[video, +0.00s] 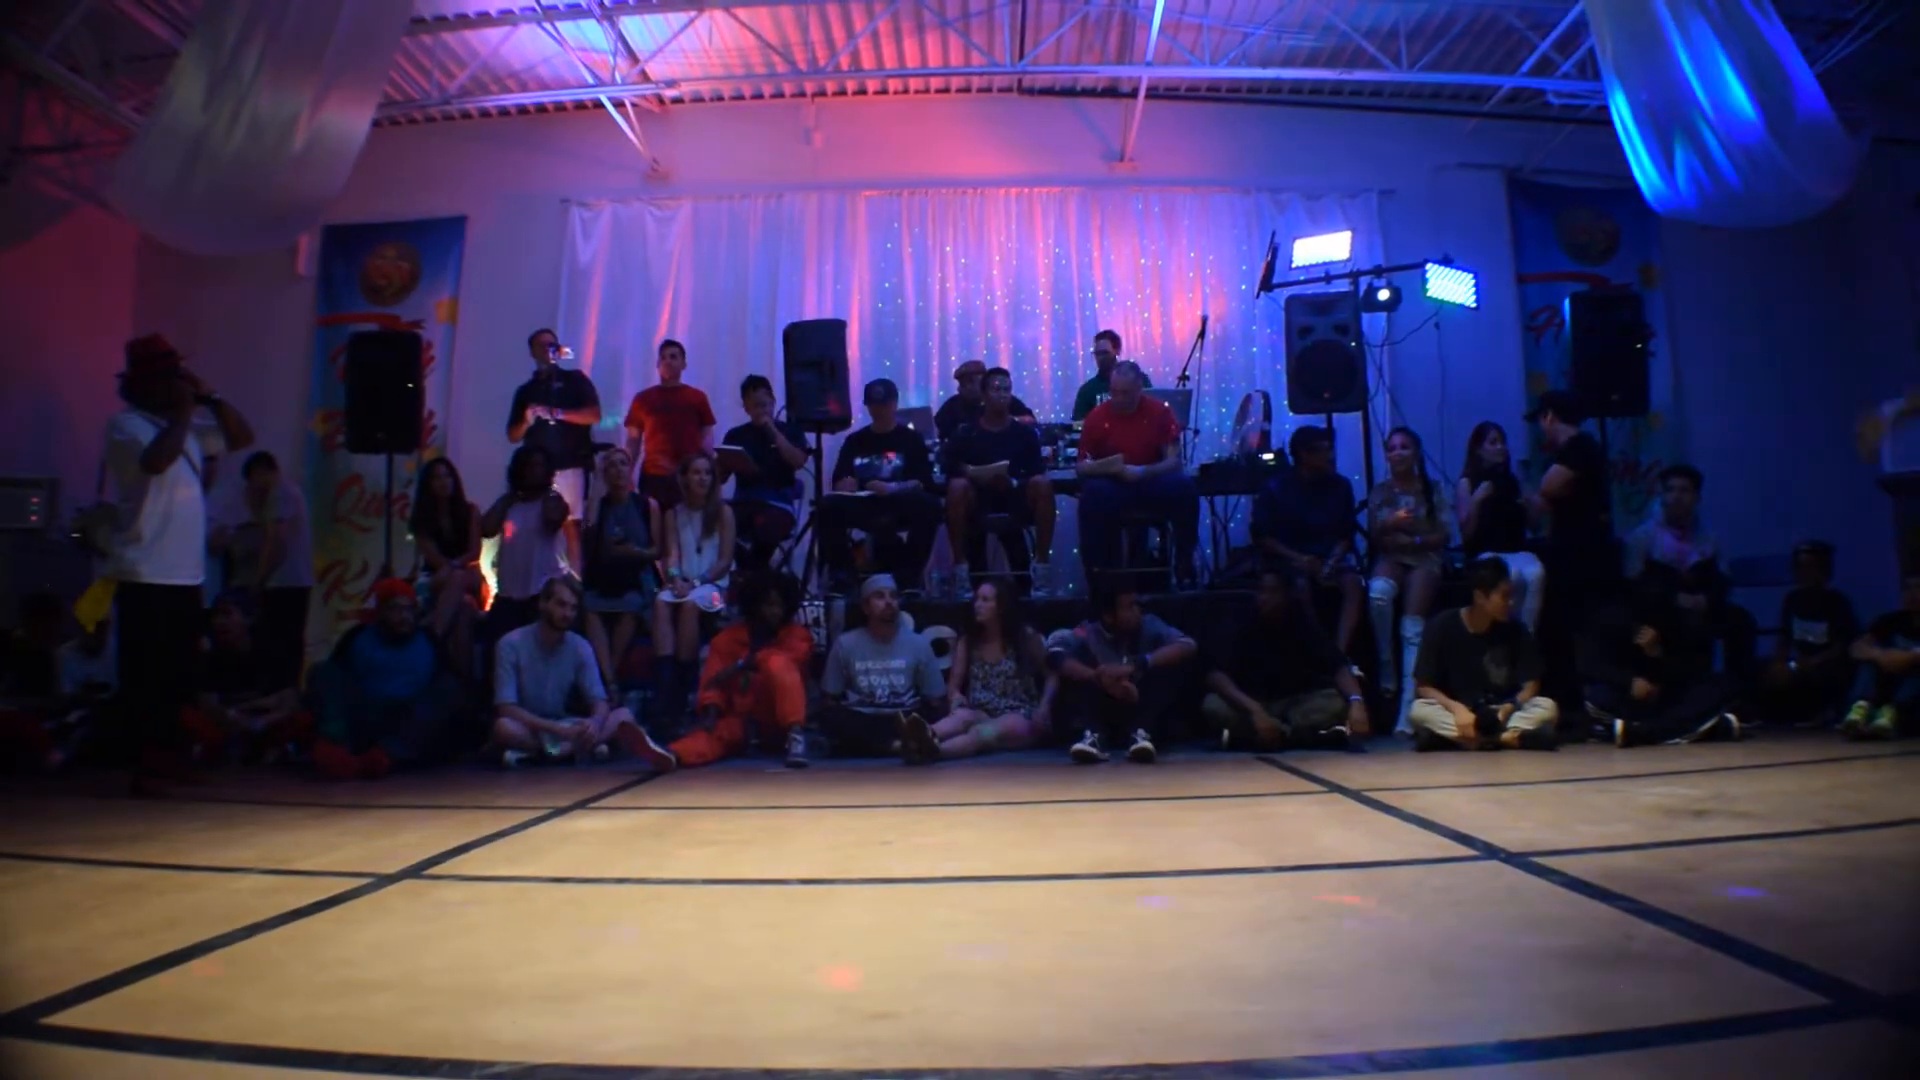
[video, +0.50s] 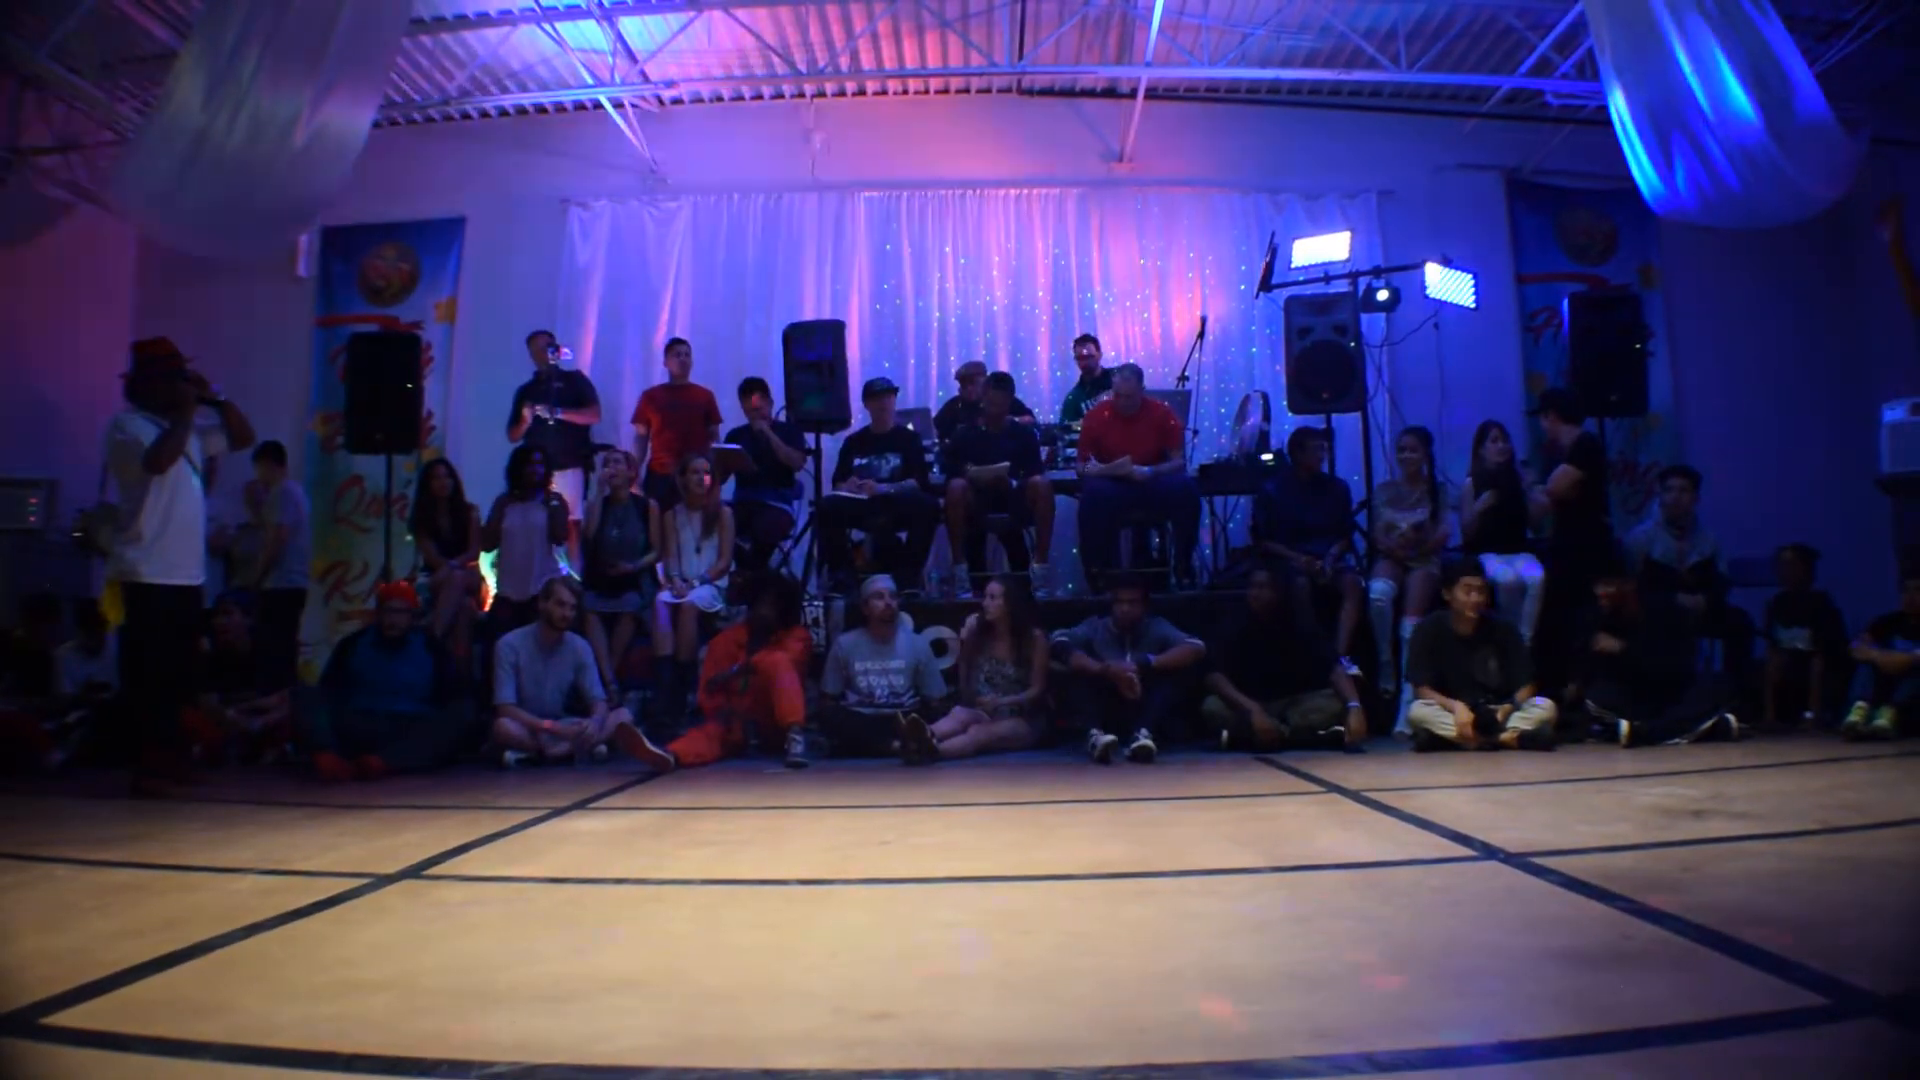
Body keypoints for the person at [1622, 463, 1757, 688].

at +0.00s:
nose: (1677, 498)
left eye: (1684, 491)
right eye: (1670, 490)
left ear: (1696, 498)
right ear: (1662, 495)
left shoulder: (1707, 539)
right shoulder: (1644, 538)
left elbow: (1722, 580)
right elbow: (1637, 584)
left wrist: (1706, 598)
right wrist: (1674, 598)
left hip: (1702, 609)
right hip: (1661, 611)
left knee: (1741, 622)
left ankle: (1738, 689)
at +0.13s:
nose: (1676, 498)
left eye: (1683, 491)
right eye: (1669, 490)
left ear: (1695, 497)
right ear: (1661, 495)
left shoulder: (1707, 538)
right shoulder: (1644, 537)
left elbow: (1720, 581)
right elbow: (1636, 583)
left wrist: (1705, 599)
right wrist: (1673, 598)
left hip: (1700, 611)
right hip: (1660, 611)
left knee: (1740, 622)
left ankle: (1739, 692)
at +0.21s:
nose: (1675, 498)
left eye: (1683, 491)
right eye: (1669, 490)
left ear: (1694, 498)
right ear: (1660, 496)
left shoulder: (1707, 541)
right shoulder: (1642, 539)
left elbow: (1720, 582)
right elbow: (1635, 584)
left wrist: (1704, 600)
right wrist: (1673, 598)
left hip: (1700, 614)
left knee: (1740, 621)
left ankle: (1737, 694)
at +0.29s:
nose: (1675, 498)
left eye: (1683, 491)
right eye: (1669, 491)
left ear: (1695, 498)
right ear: (1660, 496)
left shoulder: (1706, 541)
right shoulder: (1642, 538)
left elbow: (1718, 582)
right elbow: (1635, 584)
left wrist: (1704, 601)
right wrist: (1673, 599)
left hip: (1699, 613)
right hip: (1658, 612)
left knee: (1738, 622)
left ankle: (1739, 698)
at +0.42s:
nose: (1675, 498)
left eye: (1683, 491)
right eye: (1669, 491)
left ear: (1695, 498)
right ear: (1660, 496)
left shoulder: (1706, 541)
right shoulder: (1642, 539)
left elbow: (1720, 582)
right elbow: (1635, 583)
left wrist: (1703, 601)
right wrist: (1673, 599)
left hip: (1699, 613)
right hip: (1658, 612)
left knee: (1740, 622)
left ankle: (1739, 695)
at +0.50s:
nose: (1676, 498)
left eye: (1683, 491)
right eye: (1669, 490)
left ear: (1695, 498)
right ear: (1661, 496)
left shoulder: (1706, 541)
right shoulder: (1643, 539)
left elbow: (1720, 583)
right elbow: (1637, 584)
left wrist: (1704, 600)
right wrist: (1674, 598)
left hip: (1700, 612)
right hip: (1658, 612)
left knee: (1740, 622)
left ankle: (1737, 695)